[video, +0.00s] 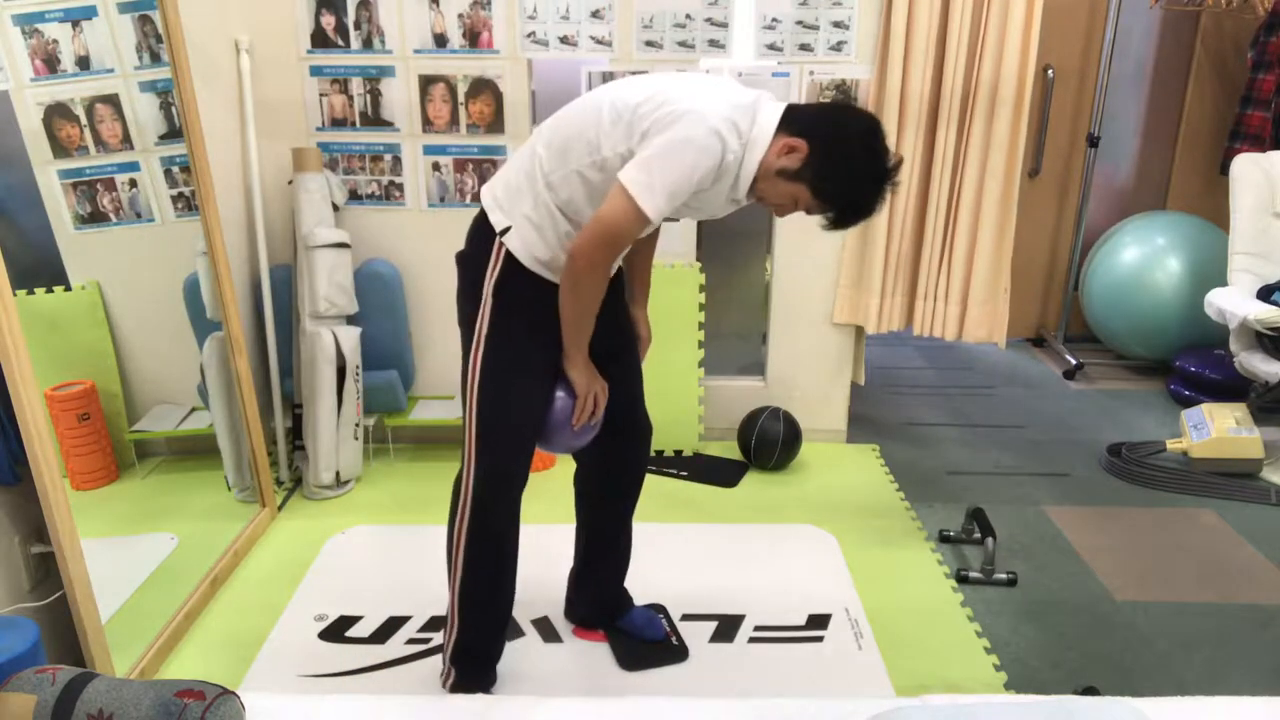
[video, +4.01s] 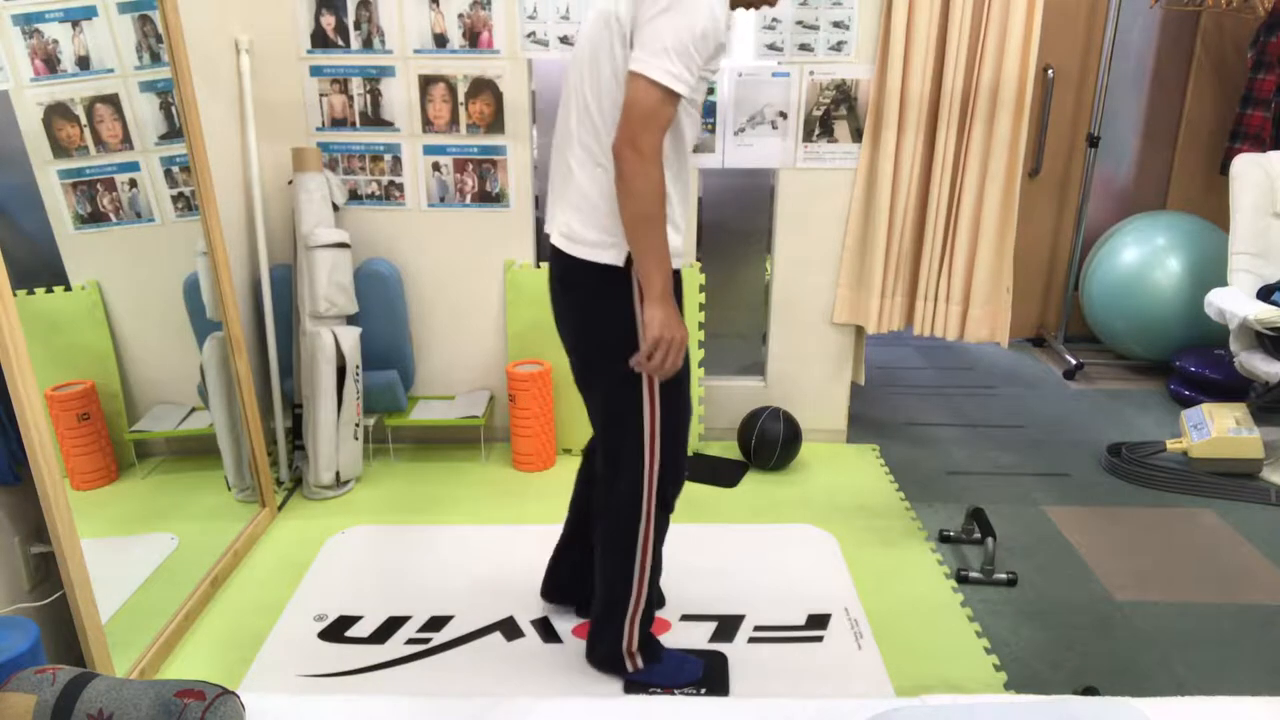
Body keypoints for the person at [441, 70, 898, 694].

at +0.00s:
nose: (791, 214)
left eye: (806, 210)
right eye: (803, 202)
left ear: (791, 150)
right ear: (790, 152)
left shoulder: (748, 145)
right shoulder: (700, 137)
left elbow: (646, 212)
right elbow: (589, 250)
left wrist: (636, 300)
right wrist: (575, 359)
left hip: (594, 264)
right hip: (518, 251)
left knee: (622, 436)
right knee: (497, 462)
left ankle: (598, 600)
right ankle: (470, 662)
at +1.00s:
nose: (778, 88)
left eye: (793, 78)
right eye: (788, 71)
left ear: (761, 17)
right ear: (762, 21)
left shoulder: (700, 44)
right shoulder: (666, 63)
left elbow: (603, 171)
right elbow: (545, 187)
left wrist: (611, 261)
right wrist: (541, 339)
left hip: (586, 276)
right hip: (539, 282)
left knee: (618, 435)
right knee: (576, 471)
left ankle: (594, 595)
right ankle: (554, 669)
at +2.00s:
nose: (728, 7)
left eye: (734, 1)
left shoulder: (640, 19)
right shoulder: (608, 29)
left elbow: (573, 173)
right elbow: (535, 185)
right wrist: (562, 341)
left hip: (587, 276)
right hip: (547, 287)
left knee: (603, 438)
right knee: (566, 473)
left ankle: (589, 583)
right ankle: (553, 666)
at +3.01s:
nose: (726, 35)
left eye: (740, 27)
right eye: (742, 19)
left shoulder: (621, 13)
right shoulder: (657, 7)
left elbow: (577, 122)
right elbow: (595, 115)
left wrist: (601, 254)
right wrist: (615, 262)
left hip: (559, 239)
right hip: (551, 241)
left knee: (590, 423)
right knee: (566, 442)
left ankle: (580, 586)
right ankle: (523, 653)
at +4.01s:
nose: (767, 4)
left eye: (773, 3)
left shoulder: (647, 8)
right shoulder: (691, 8)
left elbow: (612, 140)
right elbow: (636, 146)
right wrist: (658, 296)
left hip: (590, 252)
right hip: (620, 264)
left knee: (623, 436)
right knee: (653, 459)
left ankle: (576, 578)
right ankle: (625, 645)